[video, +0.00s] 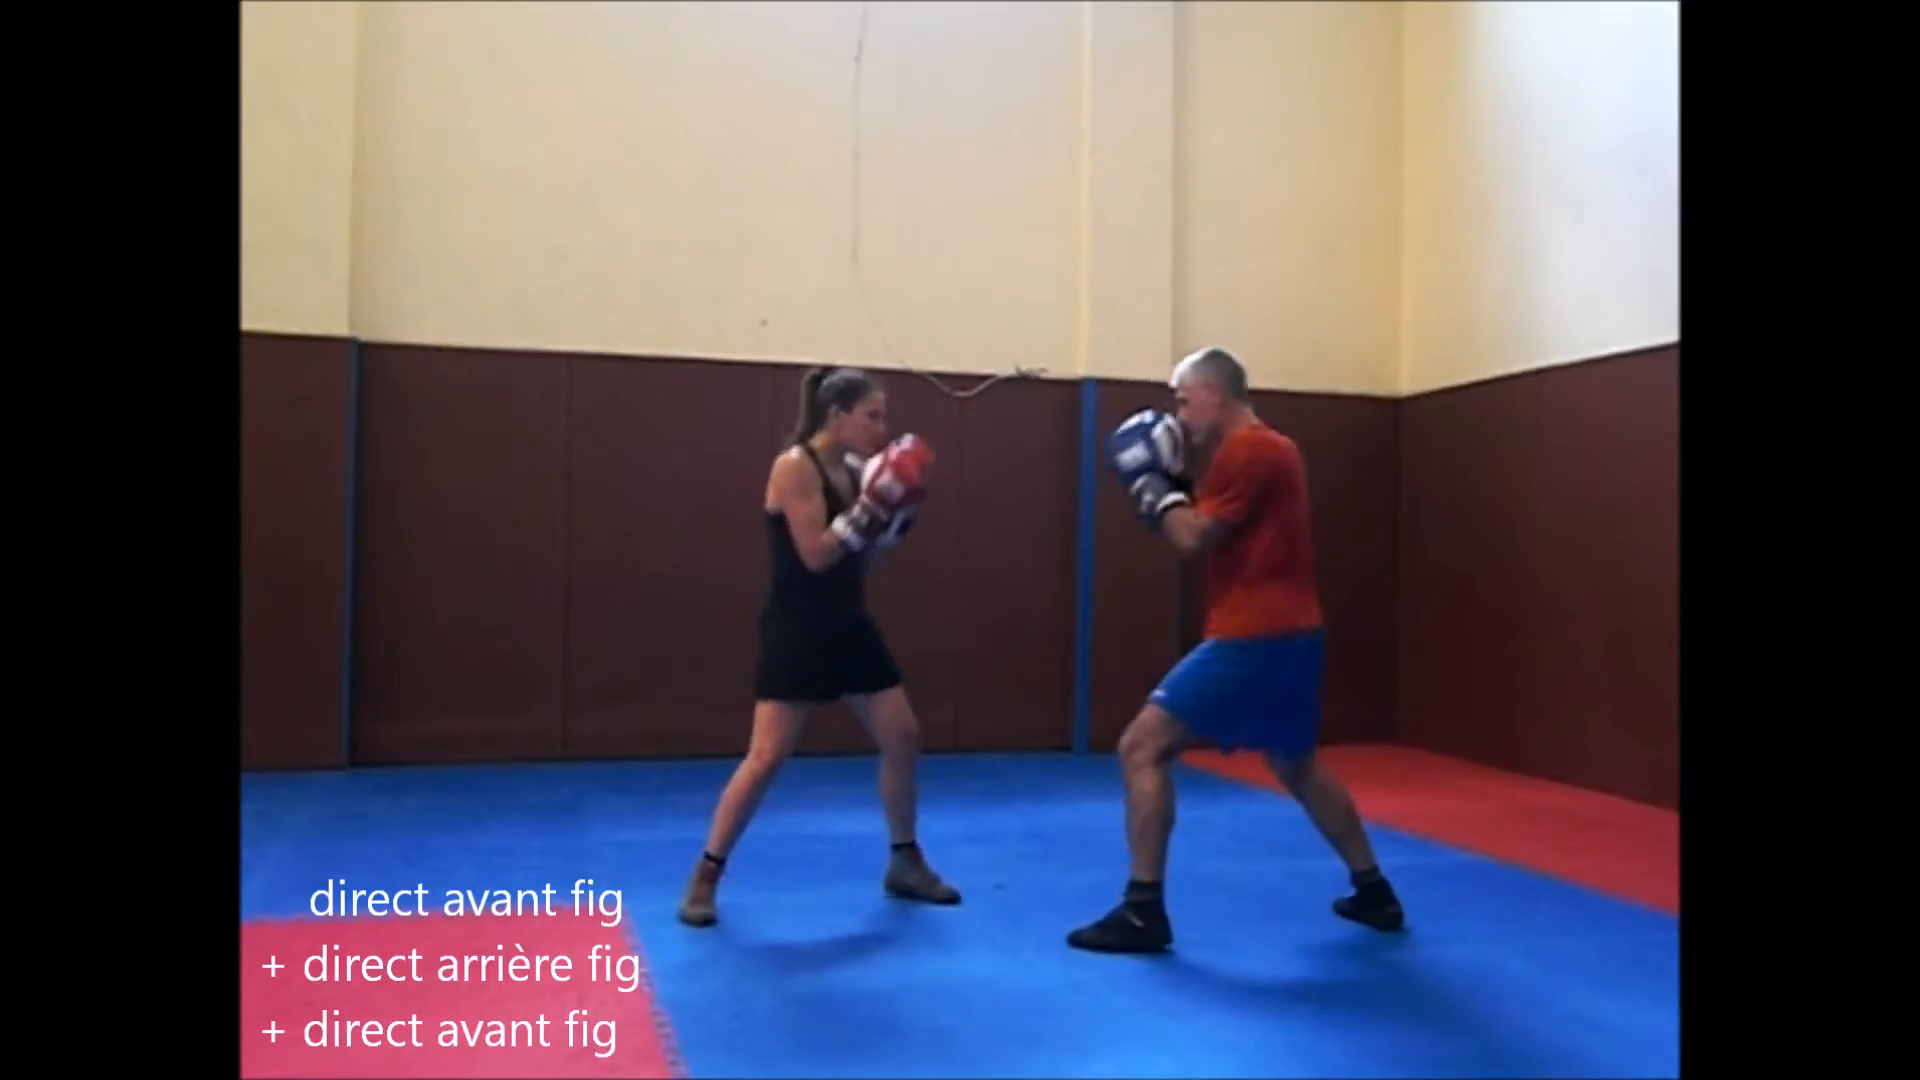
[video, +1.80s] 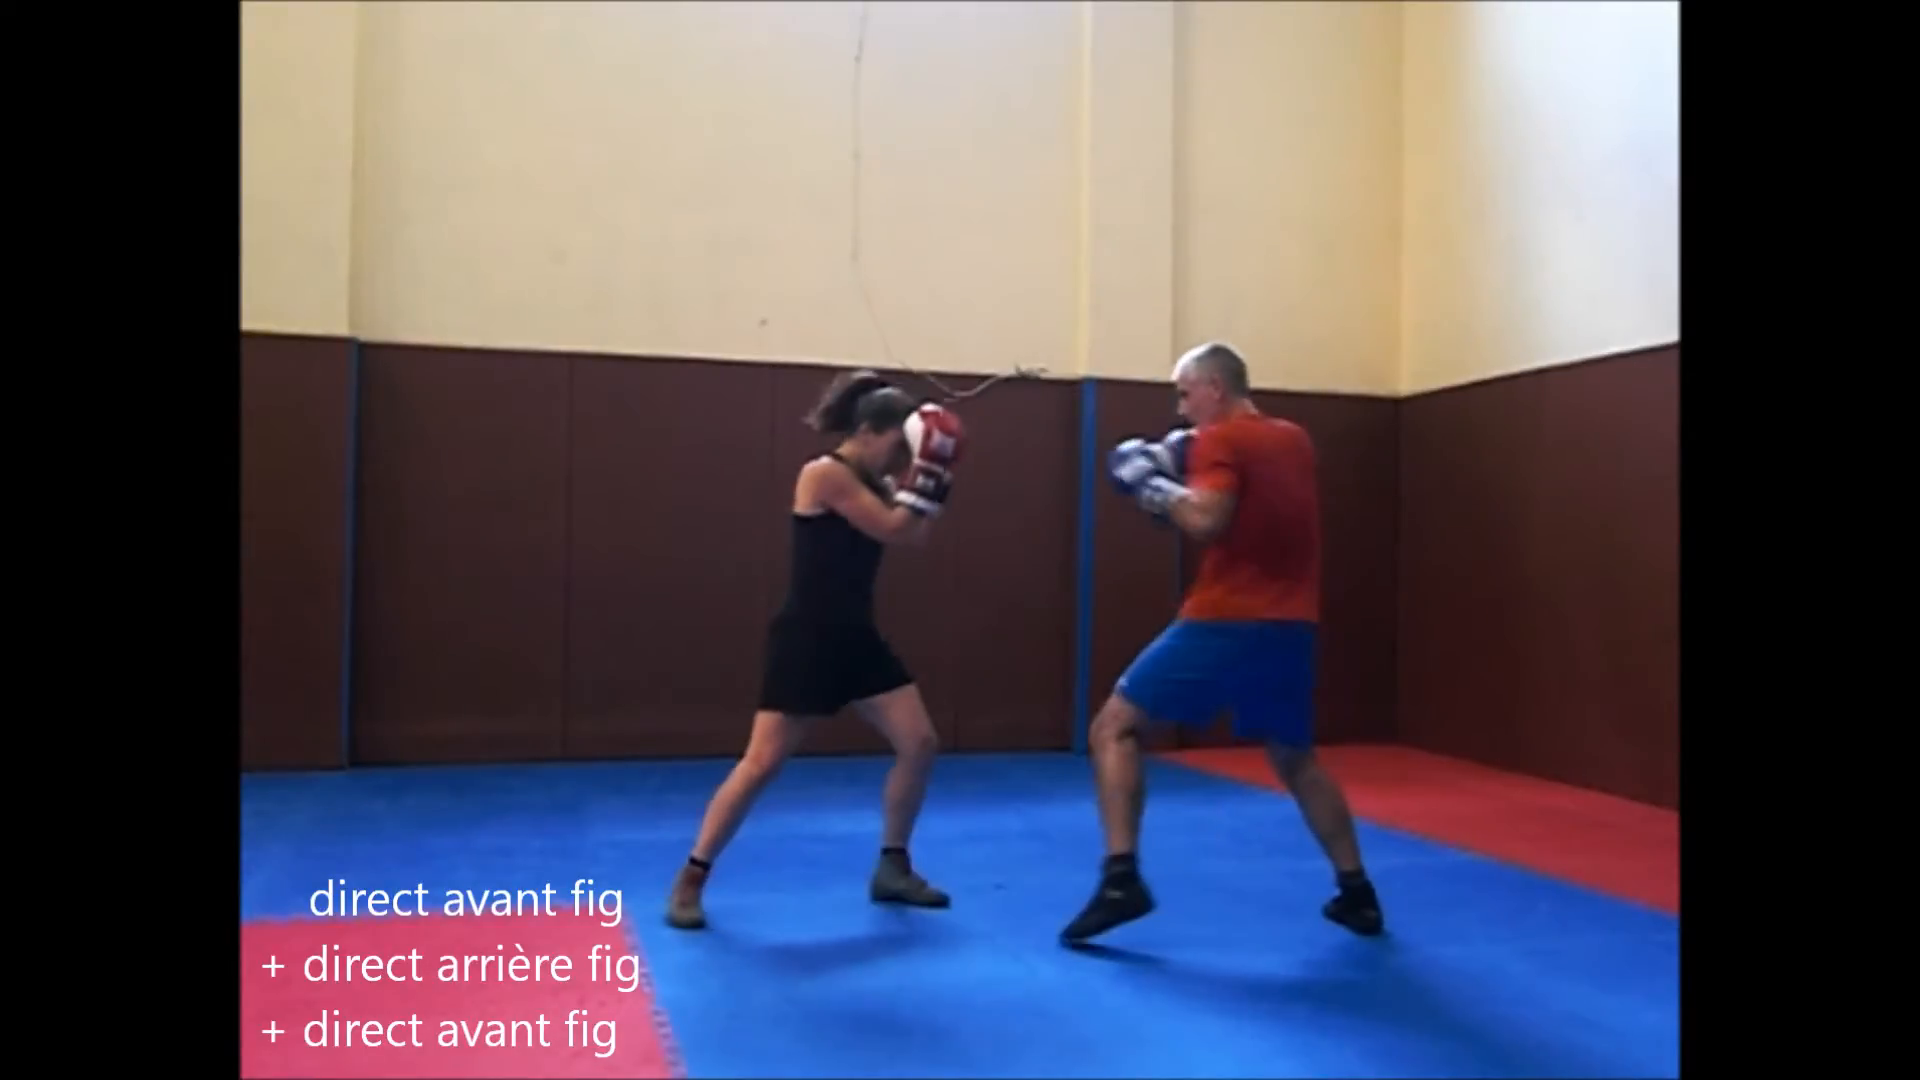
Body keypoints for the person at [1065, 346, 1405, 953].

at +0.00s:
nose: (1179, 414)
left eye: (1185, 400)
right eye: (1177, 402)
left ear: (1221, 397)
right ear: (1226, 399)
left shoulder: (1247, 452)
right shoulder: (1269, 448)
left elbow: (1190, 535)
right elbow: (1206, 522)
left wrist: (1149, 479)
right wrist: (1177, 469)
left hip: (1248, 639)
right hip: (1292, 637)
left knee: (1141, 748)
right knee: (1301, 768)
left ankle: (1143, 911)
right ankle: (1375, 893)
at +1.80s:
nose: (1182, 408)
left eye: (1187, 393)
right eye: (1180, 395)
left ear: (1219, 389)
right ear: (1239, 390)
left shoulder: (1216, 439)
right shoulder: (1295, 437)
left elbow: (1203, 517)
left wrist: (1151, 485)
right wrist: (1181, 472)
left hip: (1222, 621)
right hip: (1291, 625)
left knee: (1112, 730)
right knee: (1297, 759)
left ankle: (1121, 881)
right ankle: (1357, 892)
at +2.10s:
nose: (1108, 419)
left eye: (1114, 406)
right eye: (1106, 406)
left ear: (1143, 403)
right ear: (1165, 405)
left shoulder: (1140, 454)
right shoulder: (1230, 449)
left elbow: (1075, 524)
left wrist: (1022, 489)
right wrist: (1057, 488)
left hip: (1192, 643)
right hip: (1260, 638)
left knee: (1089, 753)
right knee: (1271, 769)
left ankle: (1123, 907)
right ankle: (1353, 893)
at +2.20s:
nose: (1094, 419)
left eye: (1103, 405)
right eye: (1093, 407)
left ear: (1140, 406)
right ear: (1129, 408)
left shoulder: (1195, 460)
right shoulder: (1140, 466)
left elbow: (1205, 555)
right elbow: (1120, 490)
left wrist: (1123, 525)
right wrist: (1072, 463)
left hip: (1206, 638)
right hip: (1227, 636)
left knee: (1101, 754)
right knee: (1256, 772)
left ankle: (1128, 914)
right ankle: (1355, 885)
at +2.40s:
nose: (1100, 423)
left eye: (1108, 409)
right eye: (1099, 411)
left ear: (1149, 407)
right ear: (1136, 412)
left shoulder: (1215, 467)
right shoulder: (1118, 462)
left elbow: (1247, 556)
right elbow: (1031, 473)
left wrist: (1171, 529)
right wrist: (956, 459)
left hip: (1215, 642)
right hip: (1188, 646)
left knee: (1103, 755)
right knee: (1259, 777)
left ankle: (1130, 918)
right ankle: (1364, 880)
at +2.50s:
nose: (1094, 408)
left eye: (1101, 394)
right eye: (1092, 396)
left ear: (1136, 393)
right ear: (1133, 395)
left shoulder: (1176, 445)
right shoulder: (1143, 452)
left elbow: (1169, 534)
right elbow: (1140, 520)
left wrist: (1089, 496)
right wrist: (1073, 483)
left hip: (1192, 634)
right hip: (1234, 628)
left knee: (1091, 755)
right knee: (1272, 763)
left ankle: (1127, 914)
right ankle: (1357, 875)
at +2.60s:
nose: (1088, 415)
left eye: (1094, 403)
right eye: (1088, 404)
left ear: (1126, 397)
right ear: (1147, 397)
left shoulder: (1115, 440)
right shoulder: (1208, 437)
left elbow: (1028, 475)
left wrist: (950, 449)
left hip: (1183, 629)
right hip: (1251, 619)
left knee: (1091, 755)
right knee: (1283, 754)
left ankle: (1125, 913)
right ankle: (1354, 876)